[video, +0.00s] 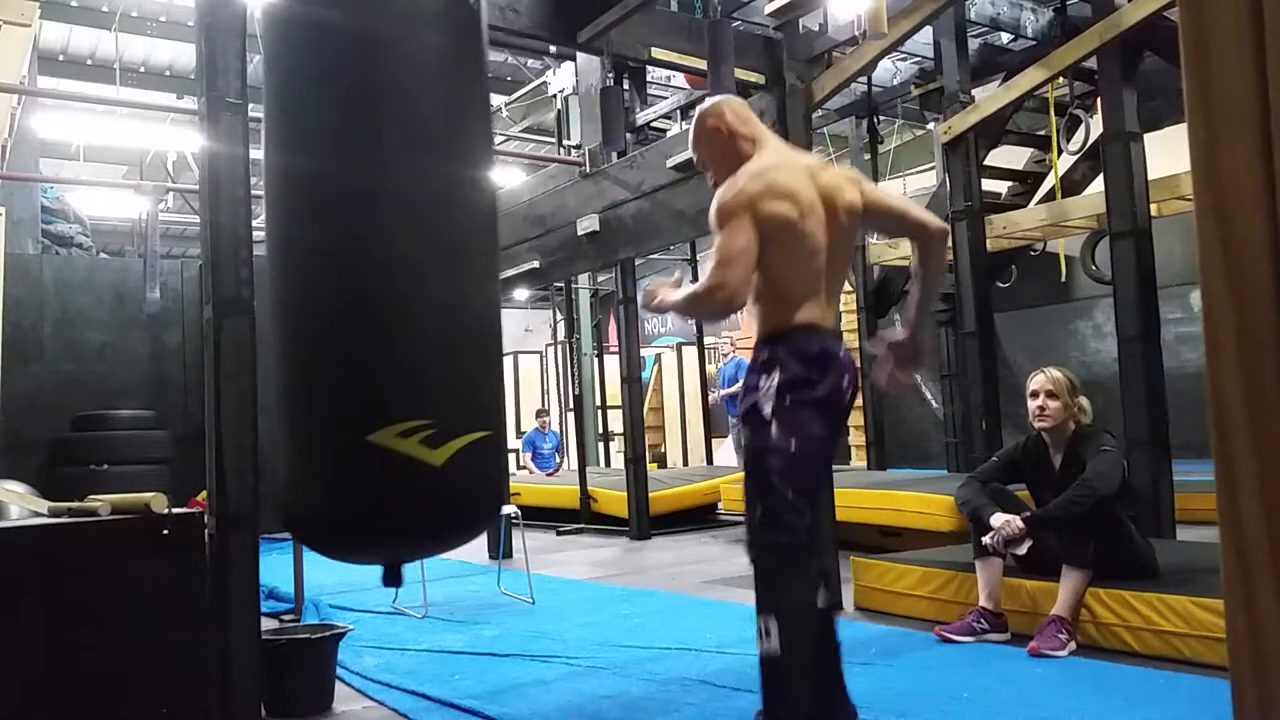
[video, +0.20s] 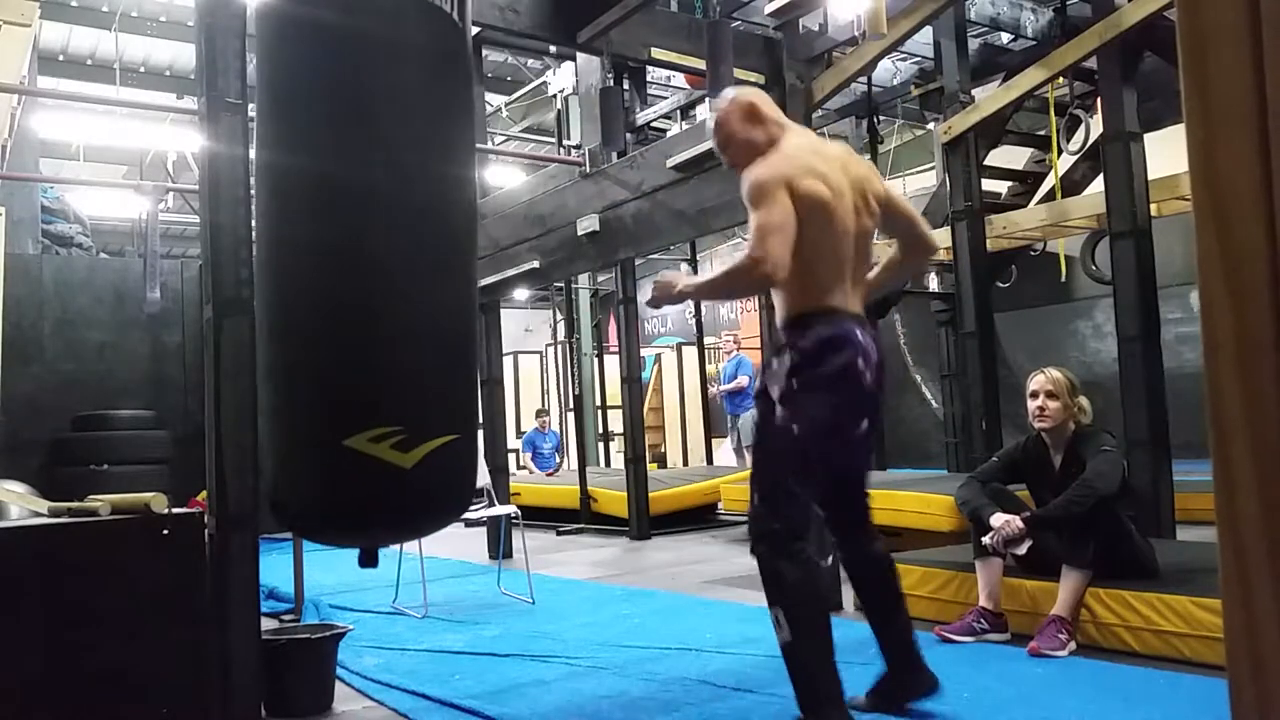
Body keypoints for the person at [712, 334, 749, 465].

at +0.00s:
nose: (722, 346)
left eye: (725, 344)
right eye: (720, 344)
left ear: (733, 346)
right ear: (719, 347)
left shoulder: (741, 362)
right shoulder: (721, 367)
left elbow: (743, 384)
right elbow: (721, 386)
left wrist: (722, 393)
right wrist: (716, 395)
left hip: (743, 413)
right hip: (731, 413)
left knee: (746, 446)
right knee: (737, 447)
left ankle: (749, 472)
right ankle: (741, 470)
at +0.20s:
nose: (724, 344)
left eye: (727, 341)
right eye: (723, 342)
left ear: (736, 344)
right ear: (721, 344)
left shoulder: (743, 360)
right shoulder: (725, 364)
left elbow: (743, 382)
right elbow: (726, 384)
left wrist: (720, 389)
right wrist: (717, 390)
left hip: (746, 410)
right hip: (731, 411)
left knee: (748, 446)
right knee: (736, 447)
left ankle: (755, 477)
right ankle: (742, 474)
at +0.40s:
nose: (723, 344)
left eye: (726, 342)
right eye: (722, 342)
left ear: (735, 343)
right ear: (722, 344)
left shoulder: (744, 360)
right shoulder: (729, 362)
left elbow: (741, 382)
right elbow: (729, 383)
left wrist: (719, 389)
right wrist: (718, 391)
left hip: (744, 410)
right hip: (732, 411)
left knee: (748, 447)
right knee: (736, 448)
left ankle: (752, 478)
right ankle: (741, 477)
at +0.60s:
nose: (721, 346)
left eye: (723, 343)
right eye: (721, 343)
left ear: (731, 343)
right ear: (729, 343)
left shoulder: (742, 360)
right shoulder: (730, 361)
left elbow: (737, 383)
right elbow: (730, 384)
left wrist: (718, 389)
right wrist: (719, 391)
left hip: (744, 410)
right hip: (732, 411)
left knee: (748, 448)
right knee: (737, 448)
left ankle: (751, 479)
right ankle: (741, 477)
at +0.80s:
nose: (721, 346)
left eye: (722, 343)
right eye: (721, 343)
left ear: (728, 344)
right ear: (730, 344)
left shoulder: (739, 360)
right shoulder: (731, 361)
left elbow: (733, 384)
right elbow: (728, 382)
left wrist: (718, 390)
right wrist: (719, 390)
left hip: (744, 411)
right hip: (735, 412)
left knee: (749, 448)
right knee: (739, 448)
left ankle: (751, 479)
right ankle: (743, 477)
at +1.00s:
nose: (720, 346)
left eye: (721, 343)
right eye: (720, 343)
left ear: (726, 344)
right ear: (732, 344)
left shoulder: (736, 360)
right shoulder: (731, 361)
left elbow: (730, 385)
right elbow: (727, 382)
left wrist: (718, 391)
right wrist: (719, 391)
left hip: (744, 410)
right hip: (736, 412)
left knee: (748, 448)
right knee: (741, 449)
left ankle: (751, 479)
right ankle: (743, 477)